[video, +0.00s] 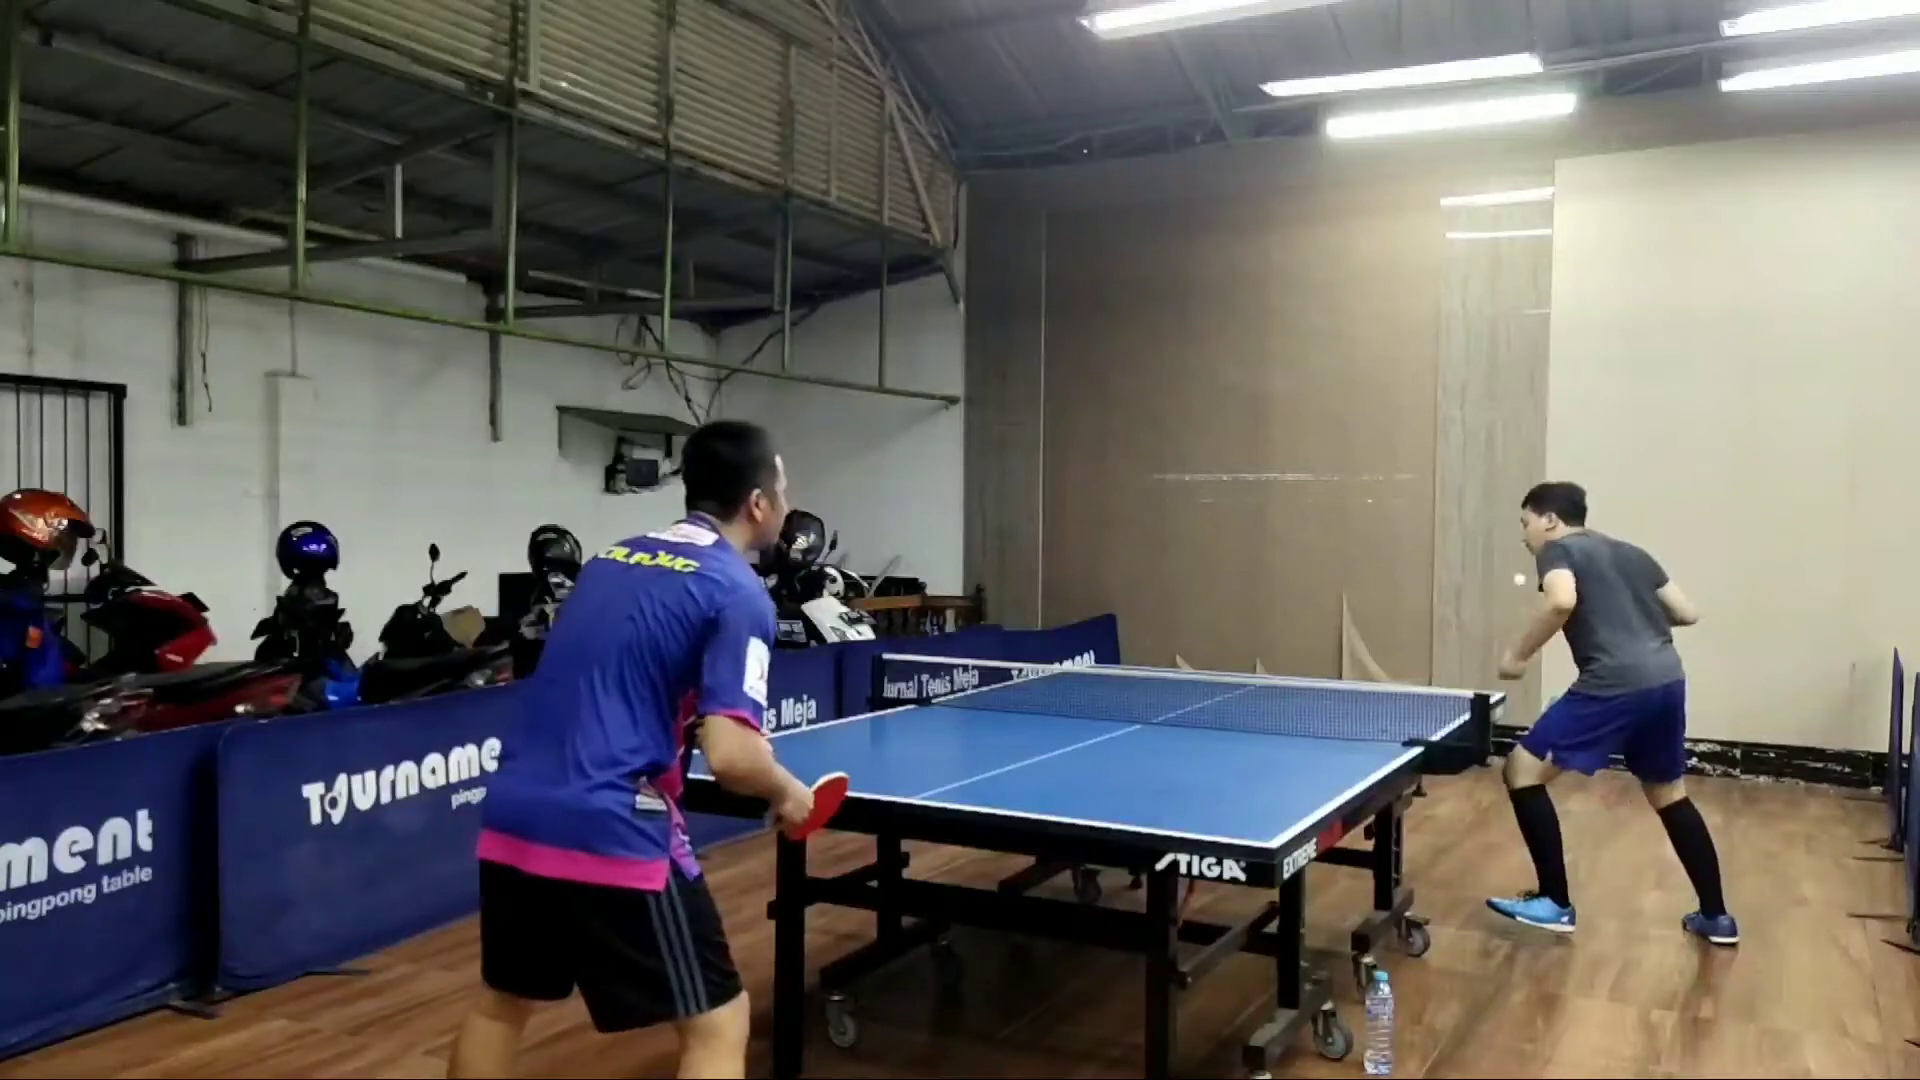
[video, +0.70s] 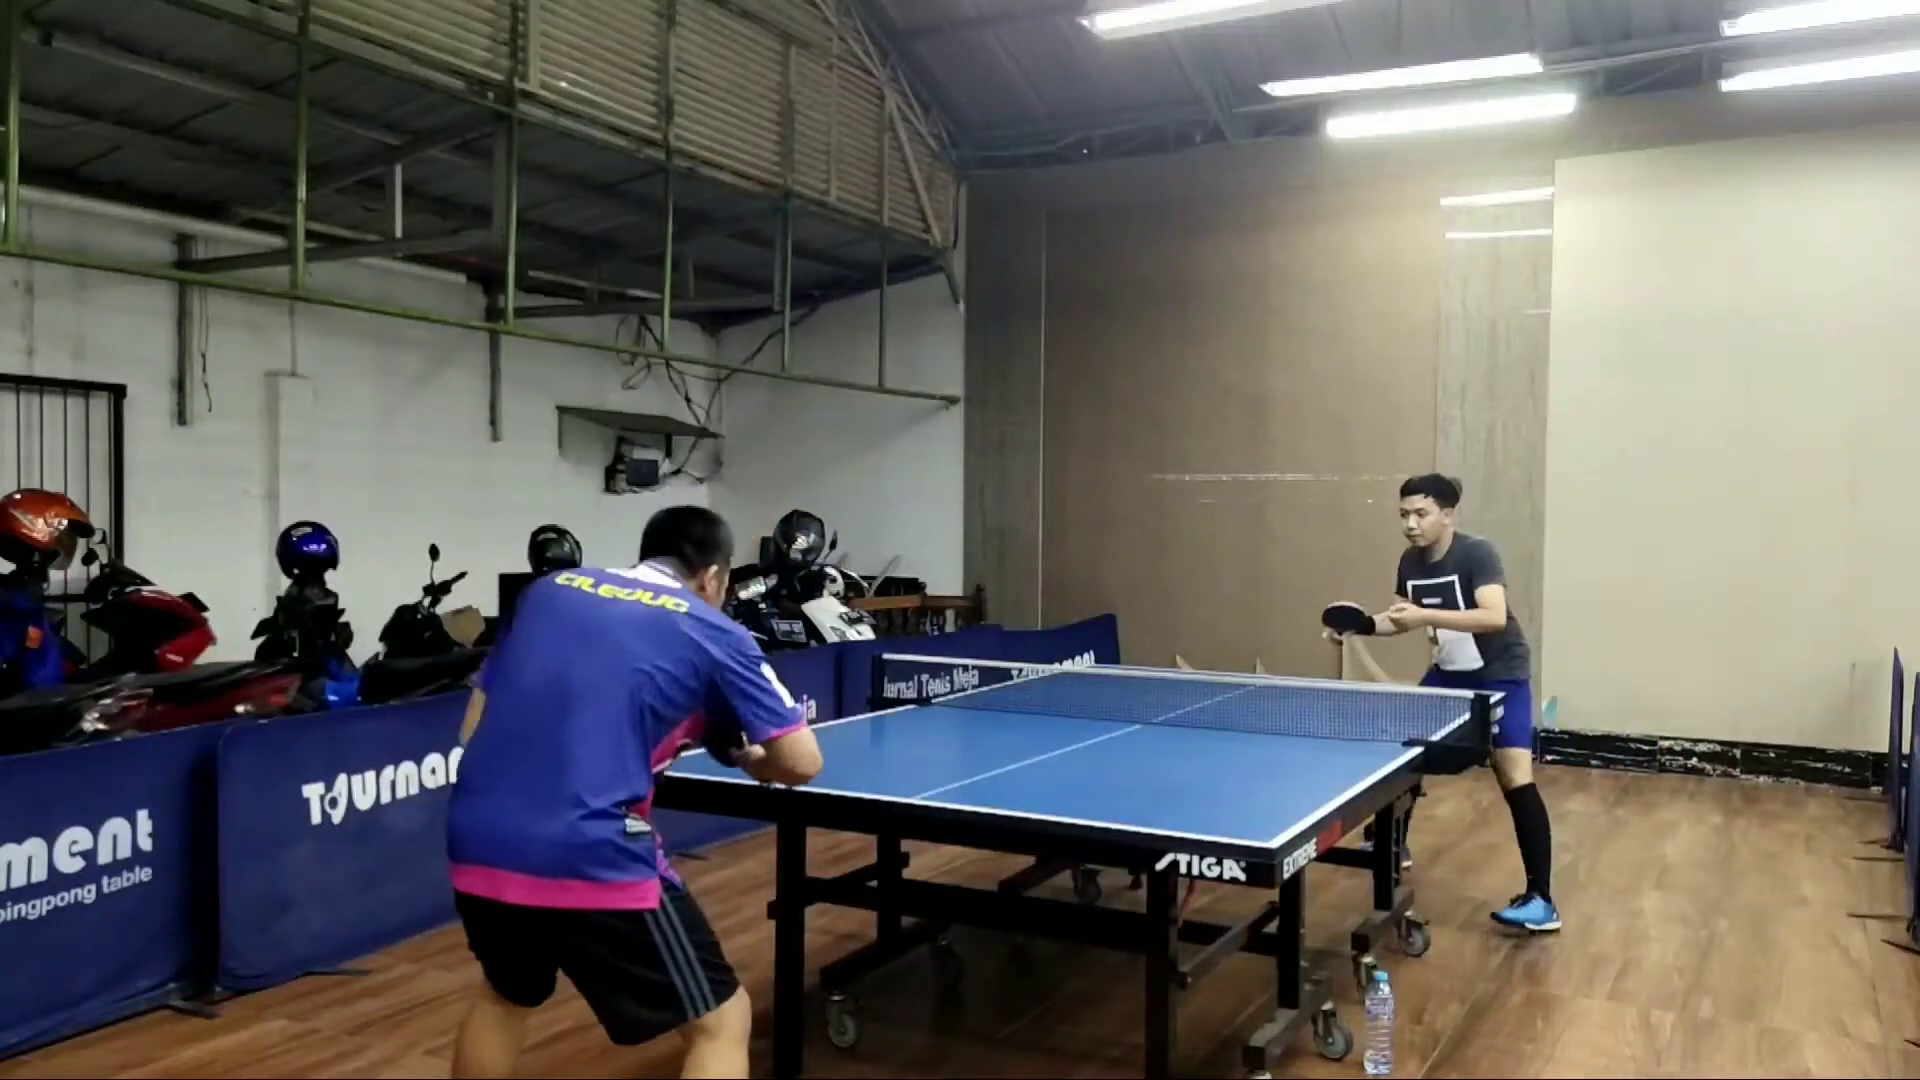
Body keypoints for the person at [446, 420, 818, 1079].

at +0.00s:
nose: (785, 510)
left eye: (785, 495)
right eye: (782, 495)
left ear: (695, 492)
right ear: (758, 503)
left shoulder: (614, 557)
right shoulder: (736, 590)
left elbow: (594, 689)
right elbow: (732, 755)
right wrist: (785, 790)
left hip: (509, 820)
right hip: (614, 831)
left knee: (500, 1004)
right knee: (716, 1017)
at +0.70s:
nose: (726, 596)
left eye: (729, 583)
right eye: (727, 581)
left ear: (643, 558)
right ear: (710, 576)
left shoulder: (547, 590)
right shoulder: (713, 632)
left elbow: (475, 728)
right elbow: (802, 761)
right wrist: (750, 758)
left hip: (478, 849)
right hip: (593, 856)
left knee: (504, 994)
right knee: (719, 1016)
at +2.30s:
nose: (620, 534)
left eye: (620, 518)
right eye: (618, 518)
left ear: (525, 510)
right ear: (587, 523)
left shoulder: (432, 565)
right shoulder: (540, 595)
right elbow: (644, 713)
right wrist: (773, 714)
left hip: (292, 853)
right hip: (401, 867)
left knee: (304, 1045)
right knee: (542, 1058)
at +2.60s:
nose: (591, 558)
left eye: (595, 541)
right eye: (592, 541)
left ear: (497, 526)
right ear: (562, 544)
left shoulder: (400, 578)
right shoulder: (524, 623)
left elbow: (343, 728)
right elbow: (583, 793)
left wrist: (451, 799)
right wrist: (647, 801)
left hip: (237, 860)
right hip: (349, 876)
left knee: (277, 1052)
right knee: (485, 1060)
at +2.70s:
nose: (577, 570)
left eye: (581, 553)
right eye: (578, 553)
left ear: (484, 531)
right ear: (551, 550)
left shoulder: (387, 581)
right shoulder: (531, 629)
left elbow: (339, 718)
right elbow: (602, 794)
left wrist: (444, 781)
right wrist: (643, 790)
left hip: (222, 855)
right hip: (342, 870)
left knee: (256, 1048)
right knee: (474, 1063)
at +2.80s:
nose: (558, 582)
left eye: (560, 566)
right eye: (557, 566)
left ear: (459, 557)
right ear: (533, 568)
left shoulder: (367, 597)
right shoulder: (533, 652)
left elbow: (254, 712)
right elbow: (633, 799)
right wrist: (655, 787)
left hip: (212, 870)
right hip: (338, 883)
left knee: (249, 1046)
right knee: (493, 1062)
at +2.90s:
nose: (545, 606)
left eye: (546, 590)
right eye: (543, 590)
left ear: (444, 578)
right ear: (519, 597)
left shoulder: (351, 619)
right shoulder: (536, 681)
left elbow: (202, 682)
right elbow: (667, 790)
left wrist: (263, 724)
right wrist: (651, 740)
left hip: (216, 892)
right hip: (352, 904)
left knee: (250, 1051)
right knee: (533, 1027)